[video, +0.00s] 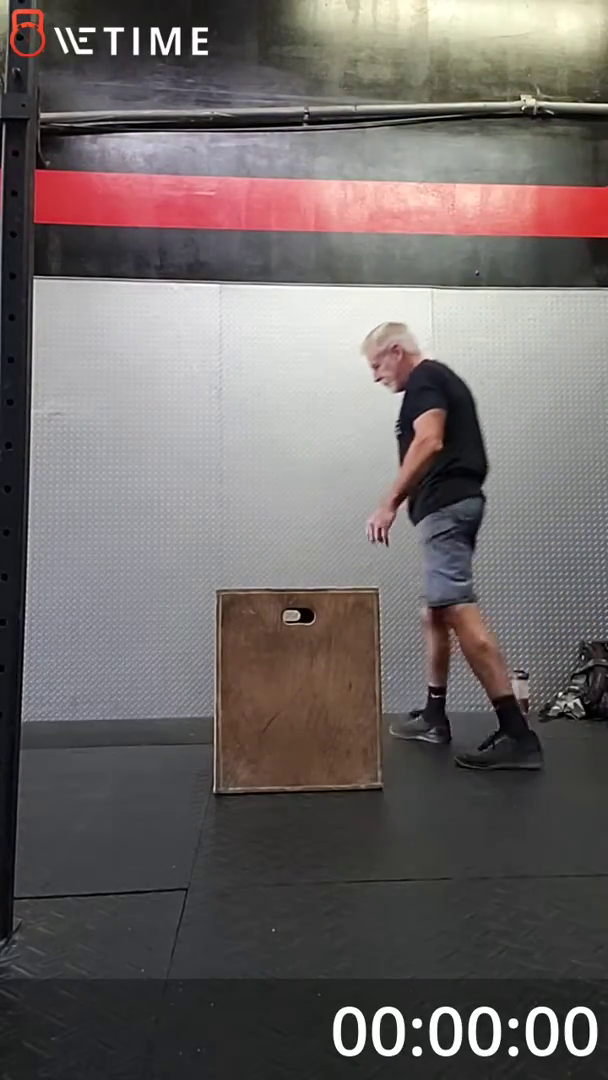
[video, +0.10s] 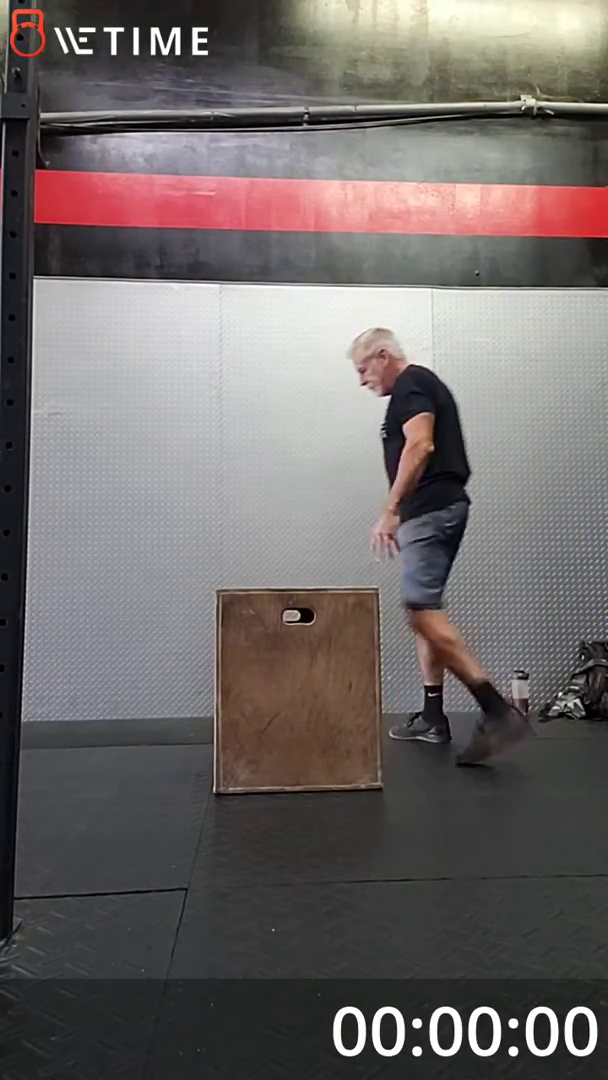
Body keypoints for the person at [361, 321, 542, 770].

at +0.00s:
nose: (377, 377)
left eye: (377, 366)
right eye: (373, 369)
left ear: (397, 353)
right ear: (400, 353)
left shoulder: (425, 378)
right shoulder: (441, 379)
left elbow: (429, 442)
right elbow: (444, 453)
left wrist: (389, 503)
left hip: (446, 508)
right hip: (458, 505)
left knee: (461, 614)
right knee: (437, 613)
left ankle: (517, 734)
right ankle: (433, 718)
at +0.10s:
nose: (362, 380)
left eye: (364, 369)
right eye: (359, 372)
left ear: (385, 357)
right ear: (386, 358)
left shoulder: (411, 383)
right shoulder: (421, 383)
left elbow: (421, 446)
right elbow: (432, 454)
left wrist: (389, 511)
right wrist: (405, 513)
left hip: (431, 509)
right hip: (437, 508)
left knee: (423, 614)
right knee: (425, 614)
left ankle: (499, 713)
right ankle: (433, 718)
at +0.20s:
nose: (350, 383)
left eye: (350, 373)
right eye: (347, 376)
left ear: (372, 360)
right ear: (371, 362)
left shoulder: (398, 386)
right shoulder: (404, 386)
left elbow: (416, 444)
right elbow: (416, 451)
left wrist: (396, 512)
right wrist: (394, 509)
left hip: (416, 510)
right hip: (430, 508)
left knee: (390, 608)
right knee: (419, 612)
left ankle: (468, 693)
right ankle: (432, 716)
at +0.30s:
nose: (335, 382)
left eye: (339, 373)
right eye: (332, 376)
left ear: (361, 362)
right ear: (358, 367)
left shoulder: (387, 388)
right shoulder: (381, 394)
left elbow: (412, 445)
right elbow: (400, 454)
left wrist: (399, 509)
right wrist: (382, 509)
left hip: (391, 513)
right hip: (411, 510)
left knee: (365, 608)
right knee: (412, 610)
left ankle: (420, 700)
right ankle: (430, 715)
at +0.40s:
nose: (322, 384)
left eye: (324, 375)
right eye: (318, 378)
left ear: (347, 365)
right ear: (341, 370)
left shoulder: (374, 389)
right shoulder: (359, 401)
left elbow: (402, 445)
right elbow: (374, 459)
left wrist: (393, 510)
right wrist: (362, 511)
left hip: (374, 517)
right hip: (390, 514)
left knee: (343, 617)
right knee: (409, 615)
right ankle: (431, 714)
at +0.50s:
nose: (306, 386)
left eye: (308, 377)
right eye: (303, 379)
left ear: (332, 367)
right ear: (325, 372)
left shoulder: (358, 393)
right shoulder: (344, 404)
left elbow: (386, 451)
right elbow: (361, 462)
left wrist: (378, 515)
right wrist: (346, 515)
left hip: (357, 524)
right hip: (370, 520)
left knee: (338, 624)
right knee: (399, 617)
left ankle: (336, 725)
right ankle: (429, 712)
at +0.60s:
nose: (289, 387)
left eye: (293, 377)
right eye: (286, 379)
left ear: (316, 369)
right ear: (314, 373)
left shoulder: (339, 398)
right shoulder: (327, 405)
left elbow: (362, 456)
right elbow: (347, 466)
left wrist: (354, 521)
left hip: (334, 526)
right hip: (345, 523)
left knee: (320, 627)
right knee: (382, 615)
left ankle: (320, 724)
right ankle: (425, 705)